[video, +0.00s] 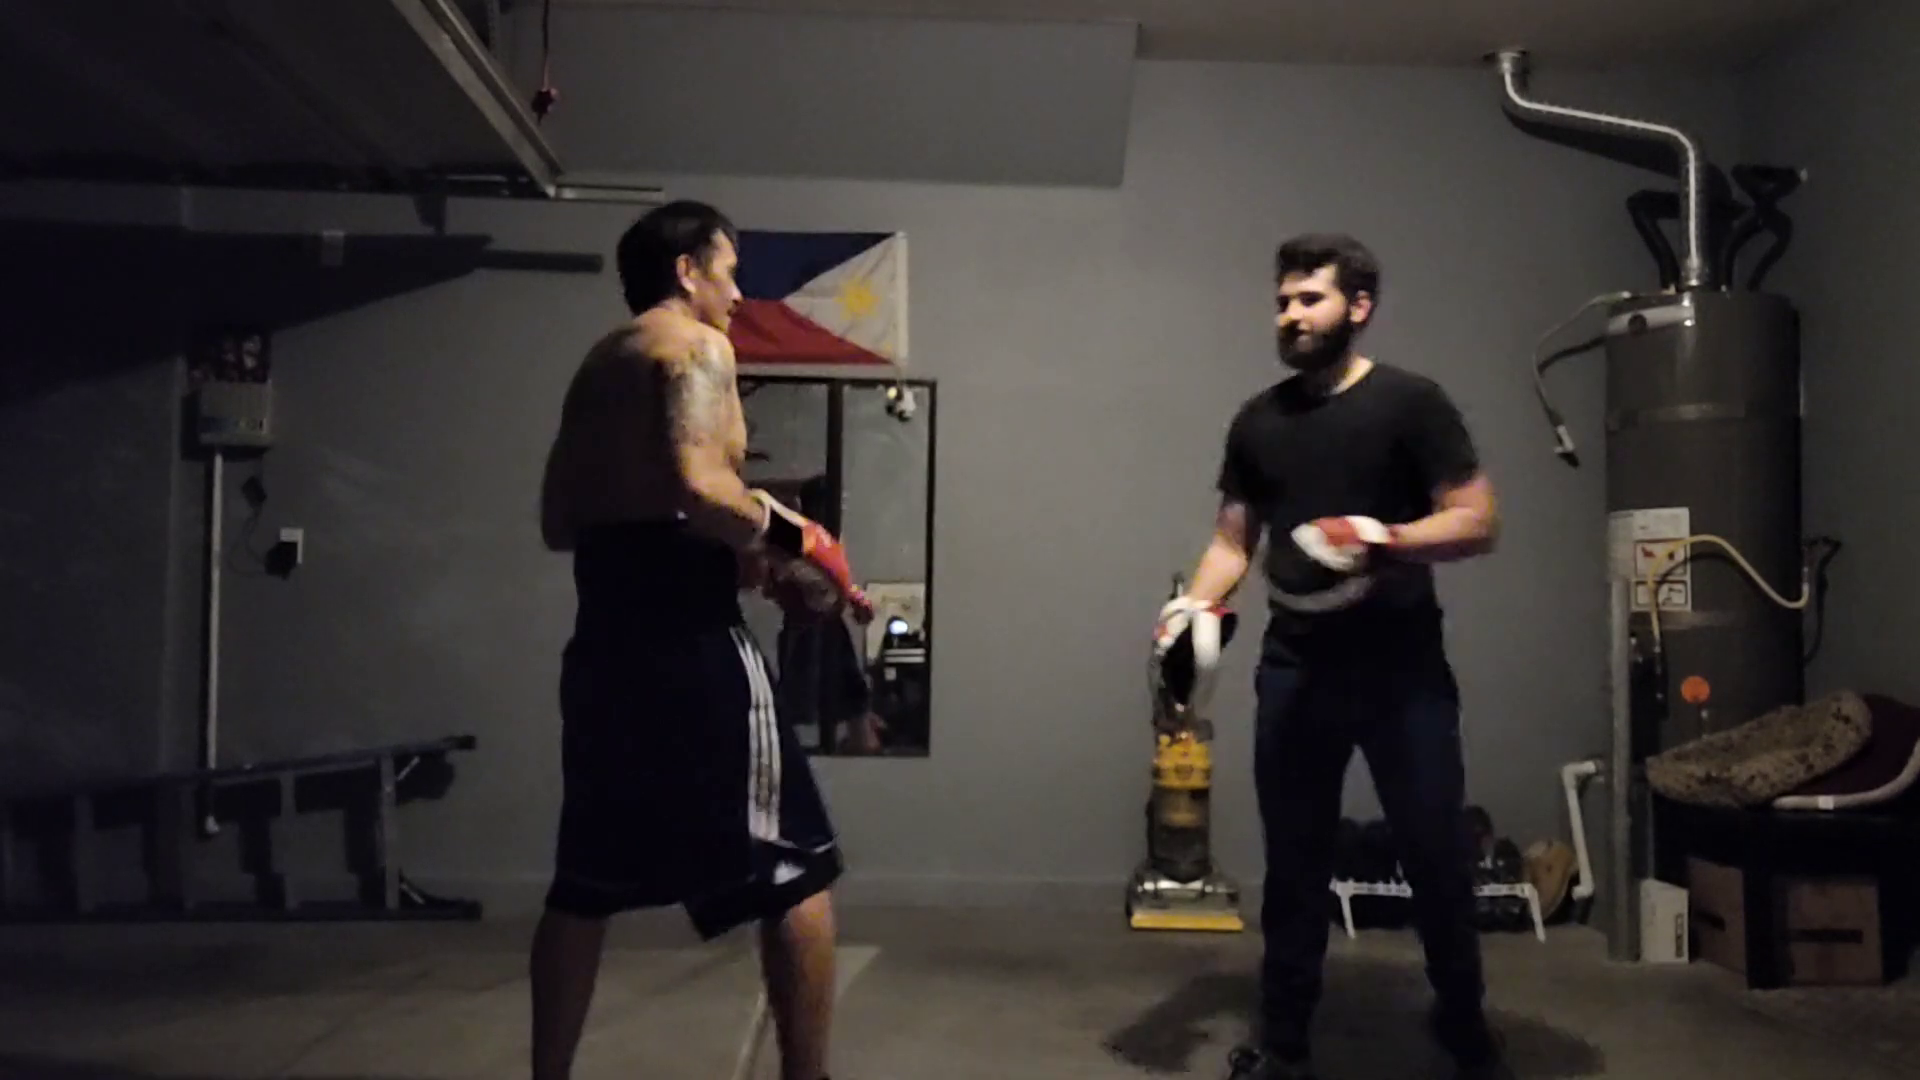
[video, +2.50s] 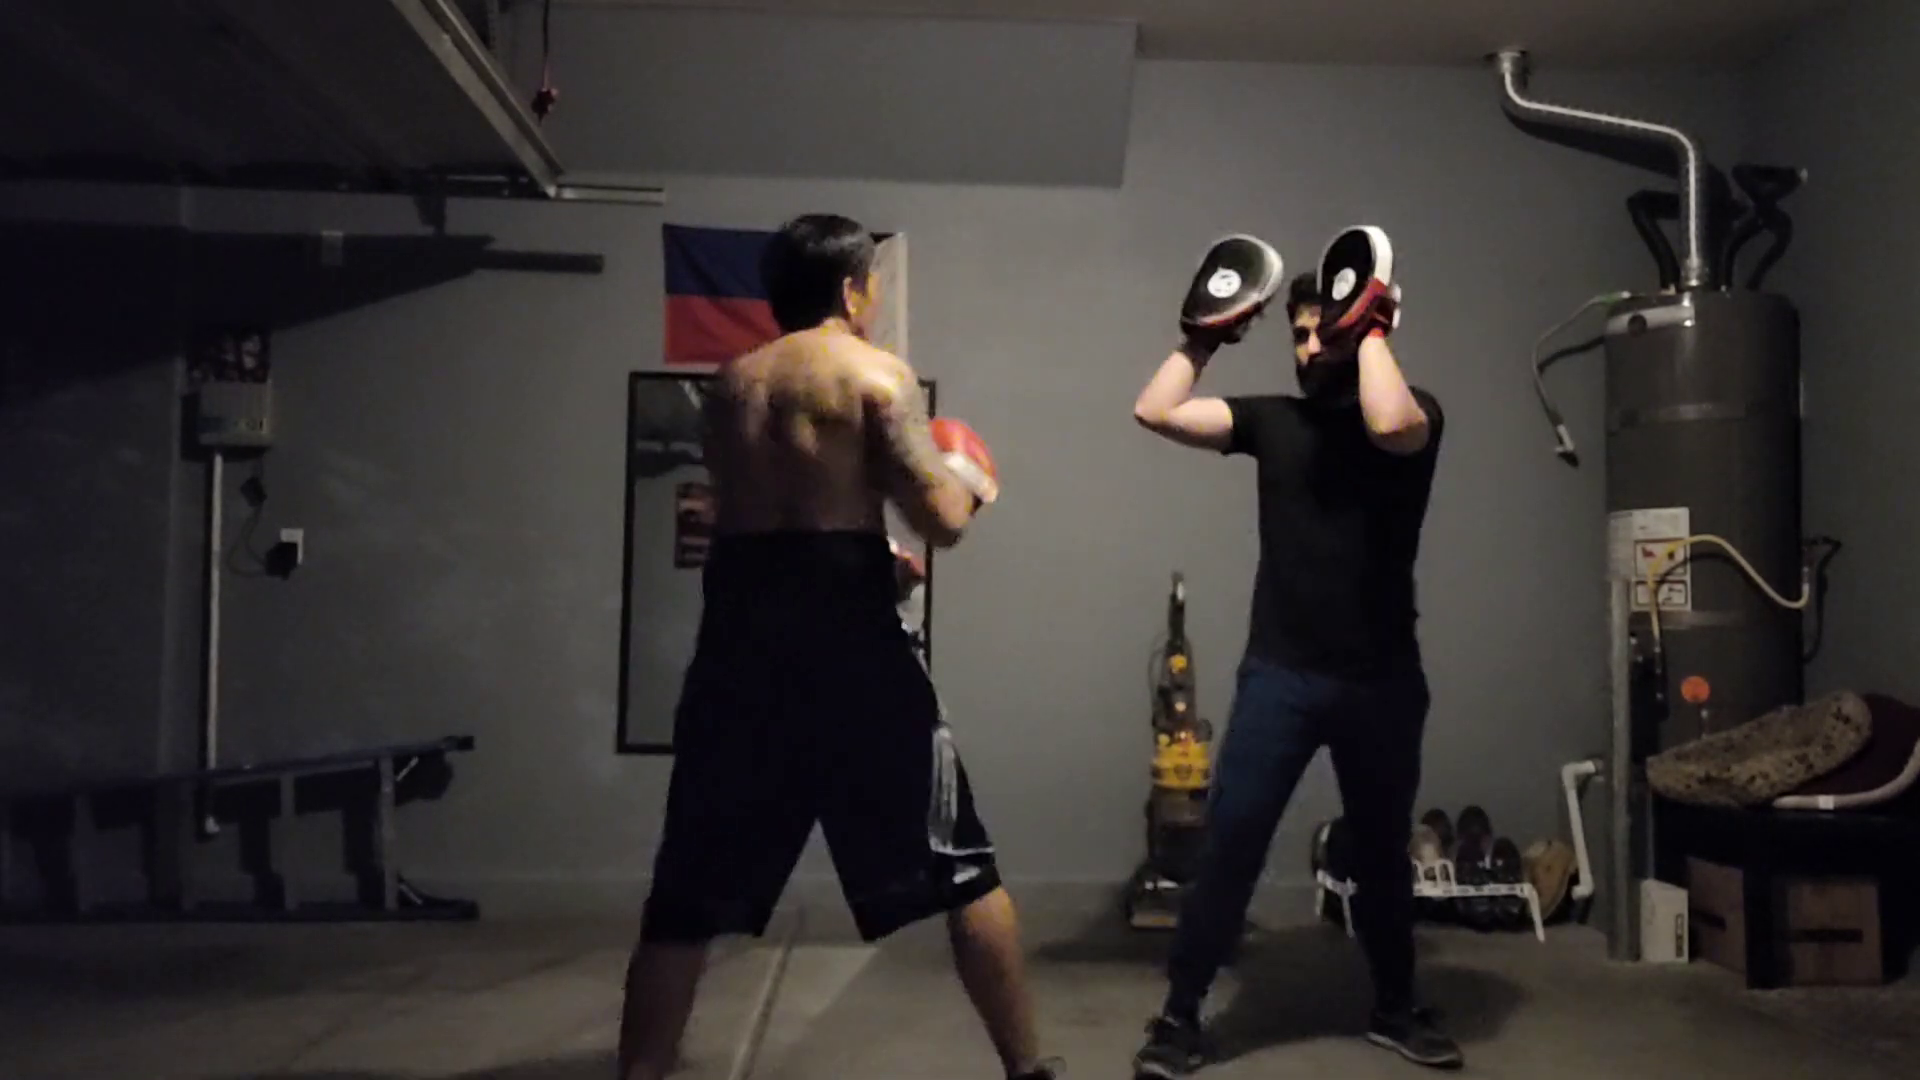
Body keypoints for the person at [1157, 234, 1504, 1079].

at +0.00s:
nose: (1293, 315)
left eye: (1311, 299)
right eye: (1285, 301)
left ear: (1359, 306)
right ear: (1277, 311)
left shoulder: (1413, 403)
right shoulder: (1260, 422)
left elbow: (1476, 522)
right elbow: (1233, 539)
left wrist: (1382, 536)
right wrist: (1194, 601)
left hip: (1402, 667)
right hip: (1298, 671)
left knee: (1437, 855)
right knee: (1293, 862)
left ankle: (1464, 1034)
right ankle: (1281, 1042)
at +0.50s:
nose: (1387, 313)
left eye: (1407, 299)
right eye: (1380, 300)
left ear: (1457, 307)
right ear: (1374, 309)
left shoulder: (1504, 414)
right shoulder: (1339, 407)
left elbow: (1535, 543)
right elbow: (1285, 515)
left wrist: (1446, 549)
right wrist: (1302, 540)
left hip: (1460, 671)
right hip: (1354, 663)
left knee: (1459, 864)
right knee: (1299, 842)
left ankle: (1464, 1039)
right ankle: (1273, 1033)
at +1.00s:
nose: (1291, 316)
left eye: (1308, 301)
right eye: (1283, 304)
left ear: (1357, 311)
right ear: (1278, 317)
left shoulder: (1417, 407)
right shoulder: (1264, 424)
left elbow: (1461, 516)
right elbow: (1198, 524)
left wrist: (1363, 497)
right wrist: (1163, 540)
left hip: (1425, 677)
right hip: (1316, 679)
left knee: (1464, 858)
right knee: (1292, 864)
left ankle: (1469, 1023)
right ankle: (1280, 1044)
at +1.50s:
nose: (1364, 328)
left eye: (1381, 311)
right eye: (1354, 315)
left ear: (1420, 316)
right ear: (1346, 325)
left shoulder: (1473, 402)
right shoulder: (1337, 407)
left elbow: (1450, 374)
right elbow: (1219, 372)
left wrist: (1426, 282)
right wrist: (1279, 297)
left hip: (1451, 676)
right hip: (1345, 671)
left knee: (1463, 862)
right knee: (1284, 829)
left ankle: (1478, 1032)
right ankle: (1259, 1028)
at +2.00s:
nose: (1257, 328)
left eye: (1273, 312)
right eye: (1250, 316)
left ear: (1322, 317)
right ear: (1243, 329)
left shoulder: (1357, 395)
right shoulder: (1238, 407)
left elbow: (1272, 406)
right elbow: (1137, 409)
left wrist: (1197, 309)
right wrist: (1118, 343)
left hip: (1355, 671)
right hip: (1258, 673)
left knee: (1394, 840)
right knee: (1216, 845)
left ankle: (1429, 1004)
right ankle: (1188, 1029)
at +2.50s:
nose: (1317, 345)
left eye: (1333, 330)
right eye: (1304, 332)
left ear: (1365, 335)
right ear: (1290, 340)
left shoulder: (1407, 412)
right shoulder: (1271, 416)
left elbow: (1391, 424)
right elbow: (1156, 411)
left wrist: (1371, 332)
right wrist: (1204, 335)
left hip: (1380, 676)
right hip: (1281, 670)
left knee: (1383, 855)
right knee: (1230, 842)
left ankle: (1396, 1011)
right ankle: (1180, 1016)